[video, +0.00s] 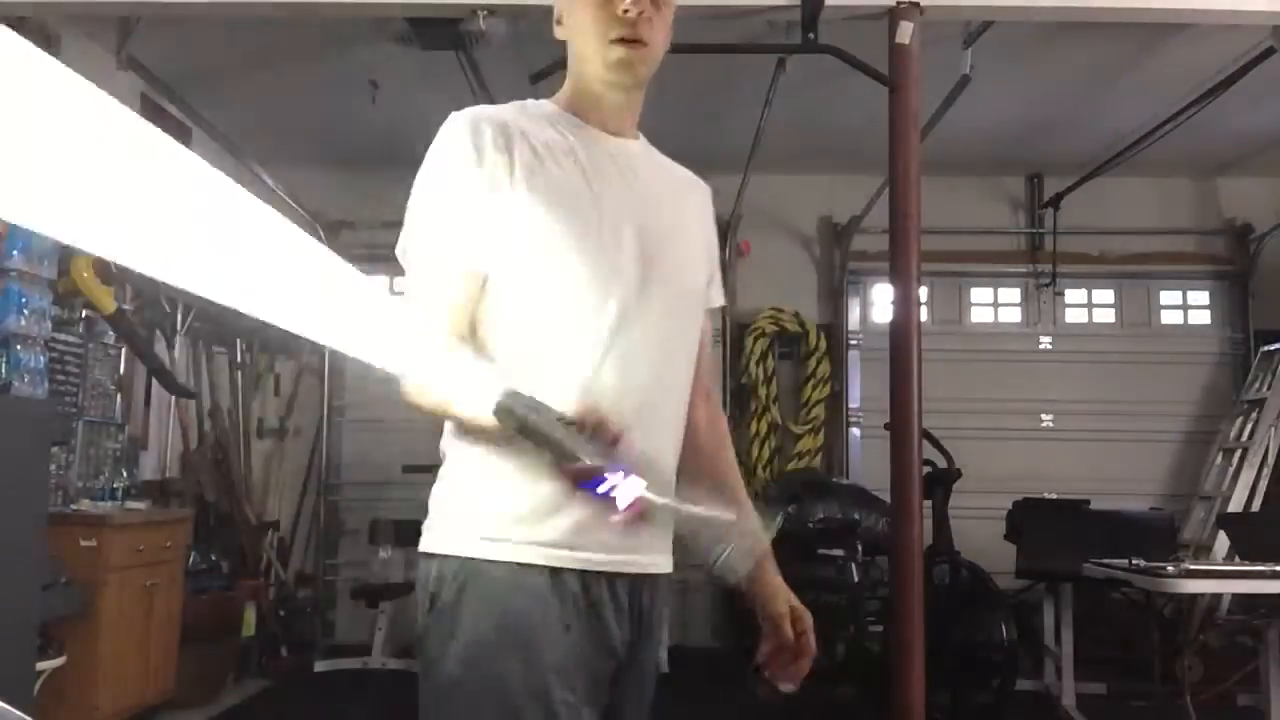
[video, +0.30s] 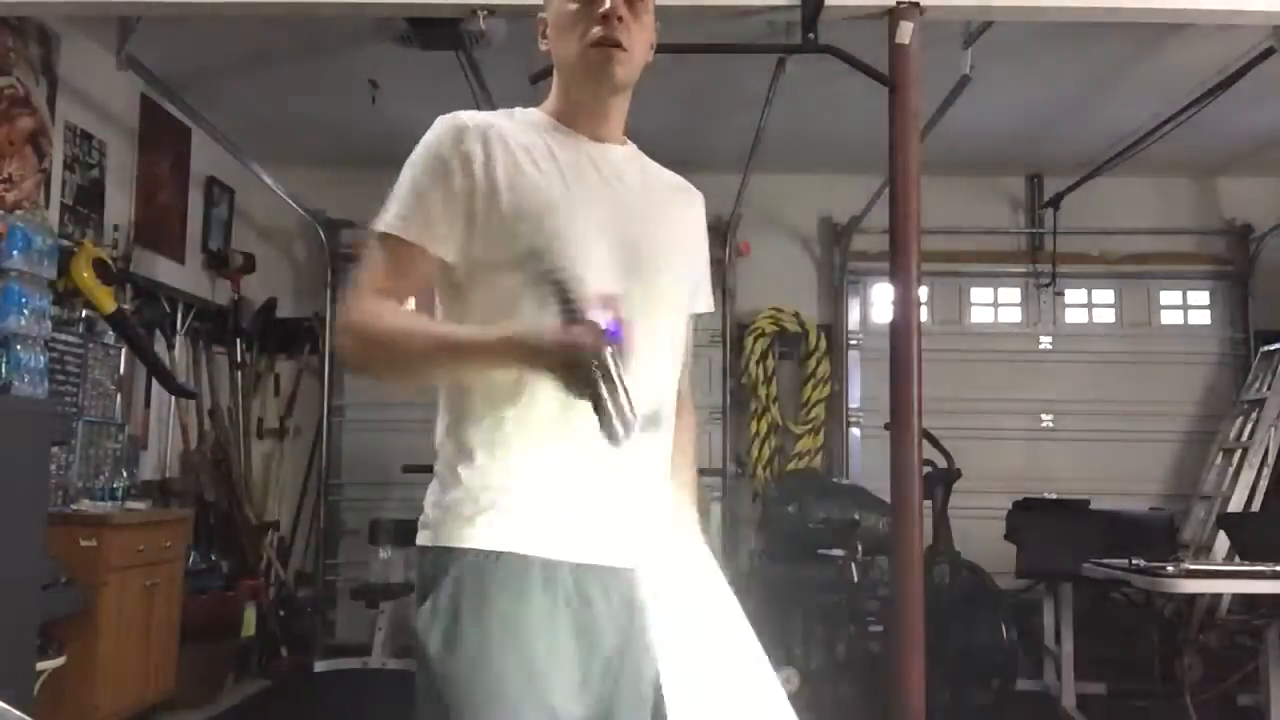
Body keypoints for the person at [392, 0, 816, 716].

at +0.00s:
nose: (632, 9)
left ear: (671, 20)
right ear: (560, 16)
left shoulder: (690, 196)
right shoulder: (484, 142)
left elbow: (696, 404)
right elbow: (424, 362)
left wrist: (760, 571)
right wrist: (537, 424)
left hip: (638, 586)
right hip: (506, 575)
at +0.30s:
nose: (610, 9)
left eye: (632, 1)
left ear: (653, 41)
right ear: (545, 30)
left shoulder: (681, 203)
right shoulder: (470, 144)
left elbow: (675, 403)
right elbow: (360, 327)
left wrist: (682, 553)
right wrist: (530, 347)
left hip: (639, 562)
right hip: (502, 556)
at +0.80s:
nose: (581, 8)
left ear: (625, 34)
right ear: (516, 27)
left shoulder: (657, 202)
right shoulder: (441, 148)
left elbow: (655, 406)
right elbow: (389, 347)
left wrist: (697, 575)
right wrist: (463, 417)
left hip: (620, 581)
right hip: (475, 570)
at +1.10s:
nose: (566, 11)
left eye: (589, 1)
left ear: (616, 39)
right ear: (506, 30)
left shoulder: (663, 202)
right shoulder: (431, 157)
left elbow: (669, 406)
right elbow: (322, 329)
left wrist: (693, 607)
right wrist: (487, 363)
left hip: (617, 570)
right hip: (462, 560)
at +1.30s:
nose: (565, 9)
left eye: (590, 1)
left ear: (618, 41)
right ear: (507, 32)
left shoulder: (653, 199)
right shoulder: (430, 157)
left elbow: (668, 397)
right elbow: (270, 299)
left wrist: (707, 564)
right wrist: (408, 373)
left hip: (617, 573)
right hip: (466, 565)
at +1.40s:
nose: (568, 15)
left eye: (590, 4)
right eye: (543, 3)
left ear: (619, 37)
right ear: (494, 24)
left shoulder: (654, 206)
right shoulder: (431, 158)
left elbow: (662, 404)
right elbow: (306, 322)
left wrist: (706, 563)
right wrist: (406, 419)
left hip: (614, 576)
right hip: (470, 568)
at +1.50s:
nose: (573, 13)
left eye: (594, 2)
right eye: (548, 0)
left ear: (619, 41)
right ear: (510, 34)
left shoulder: (652, 206)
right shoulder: (432, 156)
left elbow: (652, 400)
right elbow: (358, 348)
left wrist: (698, 560)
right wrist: (432, 432)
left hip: (610, 574)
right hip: (461, 558)